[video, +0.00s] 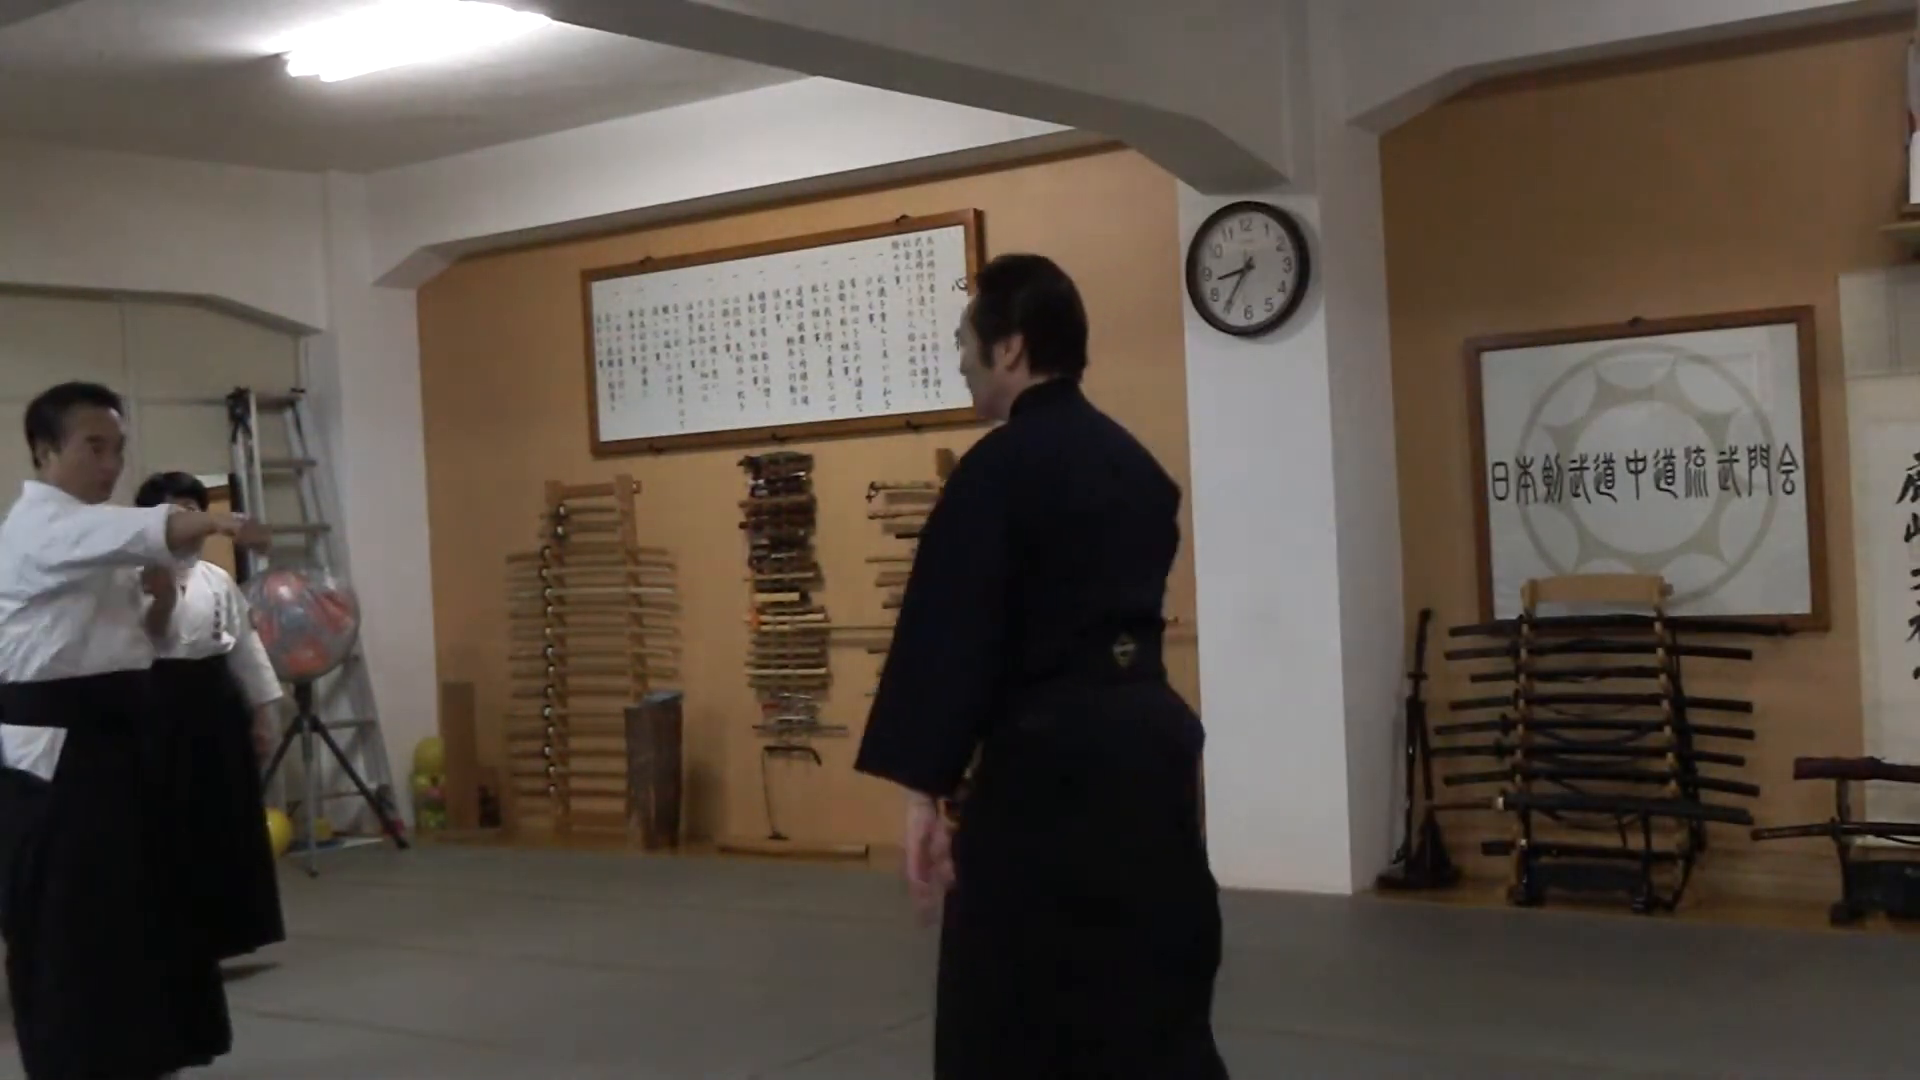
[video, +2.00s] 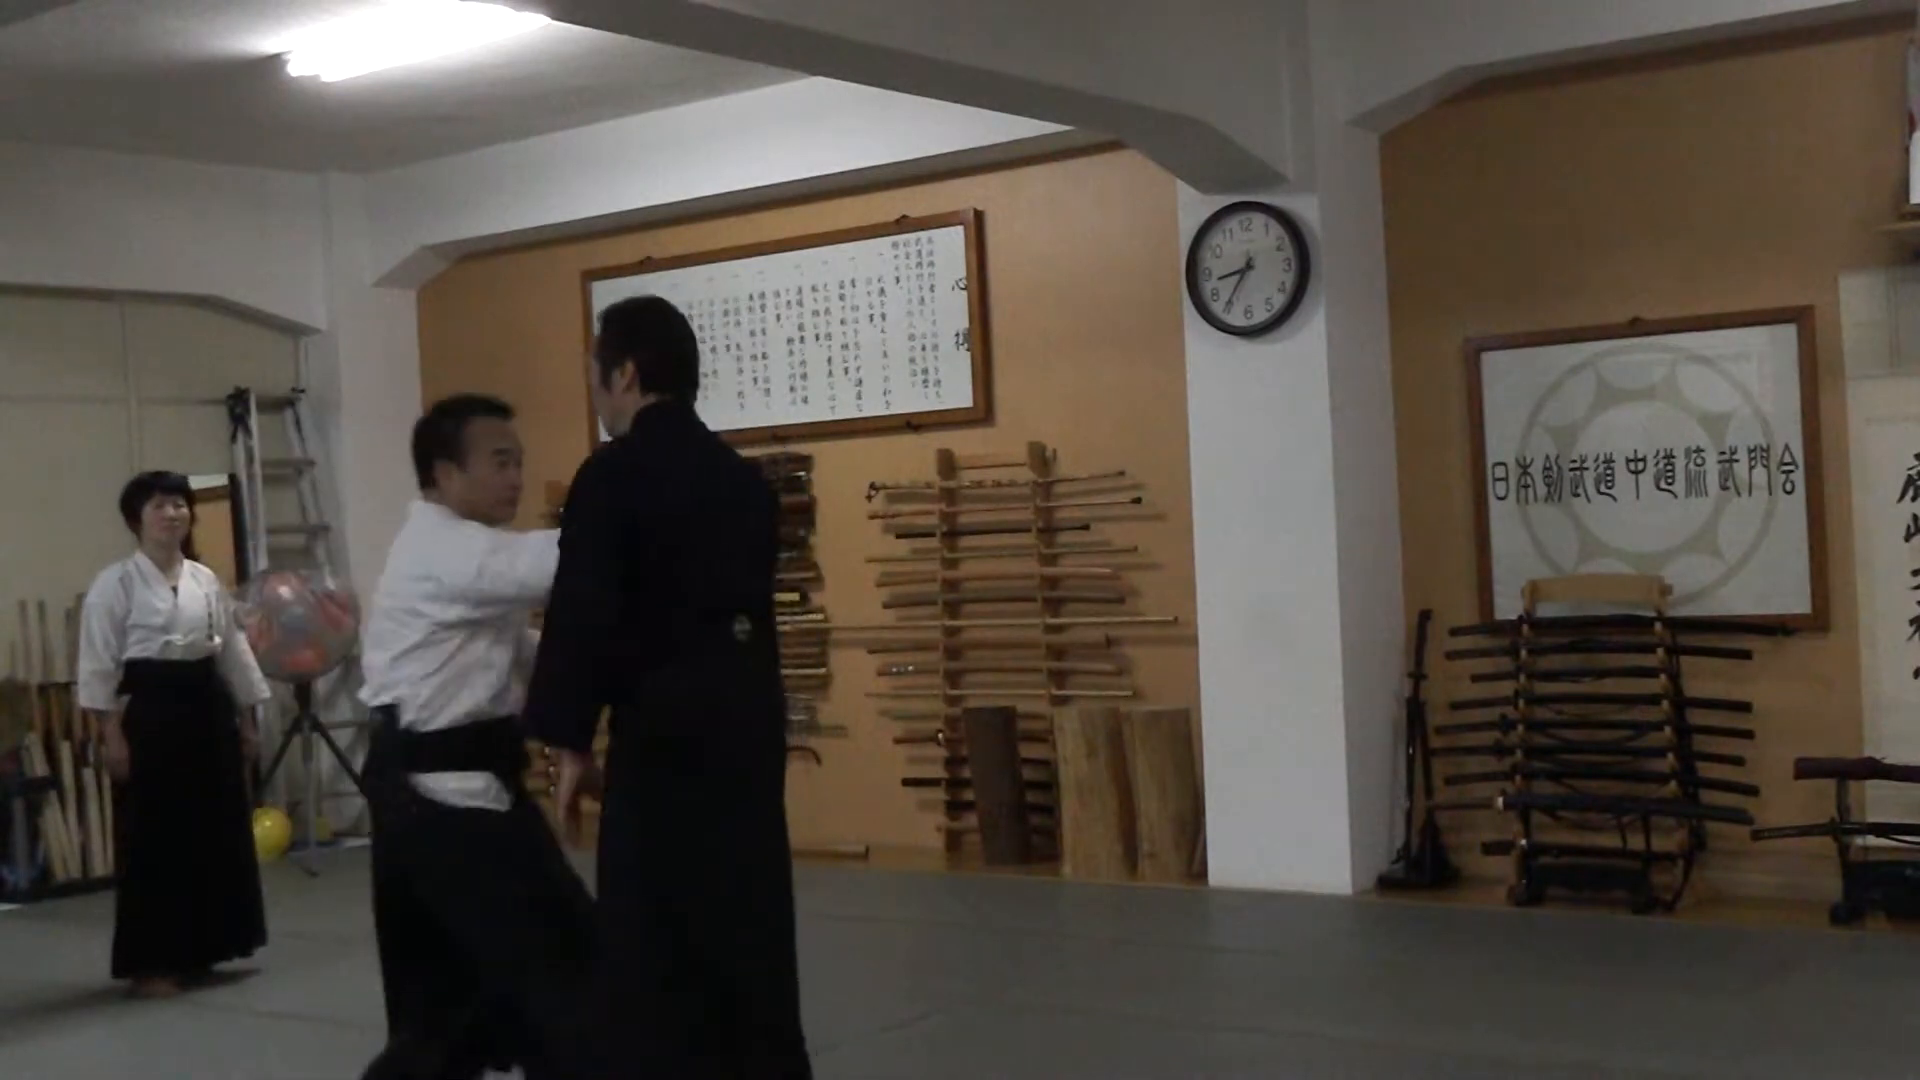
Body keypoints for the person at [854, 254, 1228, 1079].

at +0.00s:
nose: (961, 361)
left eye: (968, 341)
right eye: (962, 342)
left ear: (1013, 351)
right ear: (1059, 351)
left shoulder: (996, 469)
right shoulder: (1135, 465)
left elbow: (952, 633)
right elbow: (1113, 641)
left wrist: (926, 791)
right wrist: (968, 786)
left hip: (1034, 774)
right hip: (1148, 763)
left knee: (1012, 1001)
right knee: (1149, 995)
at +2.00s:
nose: (596, 389)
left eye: (599, 374)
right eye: (597, 374)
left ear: (629, 374)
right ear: (685, 375)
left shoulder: (612, 475)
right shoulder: (741, 473)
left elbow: (581, 614)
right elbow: (750, 611)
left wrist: (570, 737)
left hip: (657, 721)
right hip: (749, 712)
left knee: (650, 910)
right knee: (747, 903)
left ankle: (657, 1064)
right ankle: (761, 1063)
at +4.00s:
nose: (1068, 354)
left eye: (1074, 332)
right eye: (1067, 333)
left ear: (1120, 330)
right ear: (1142, 329)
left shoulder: (1138, 437)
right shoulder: (1219, 426)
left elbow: (1101, 599)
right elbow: (1219, 599)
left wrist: (1077, 753)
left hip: (1170, 737)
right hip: (1238, 721)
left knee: (1166, 964)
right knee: (1243, 952)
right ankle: (1254, 1070)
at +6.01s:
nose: (860, 382)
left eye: (863, 366)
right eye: (860, 367)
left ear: (890, 369)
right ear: (947, 369)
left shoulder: (899, 470)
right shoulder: (1002, 469)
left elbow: (860, 604)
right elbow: (998, 622)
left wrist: (839, 727)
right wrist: (890, 725)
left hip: (924, 741)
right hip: (1001, 734)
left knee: (911, 940)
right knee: (998, 933)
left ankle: (913, 1072)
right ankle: (1013, 1070)